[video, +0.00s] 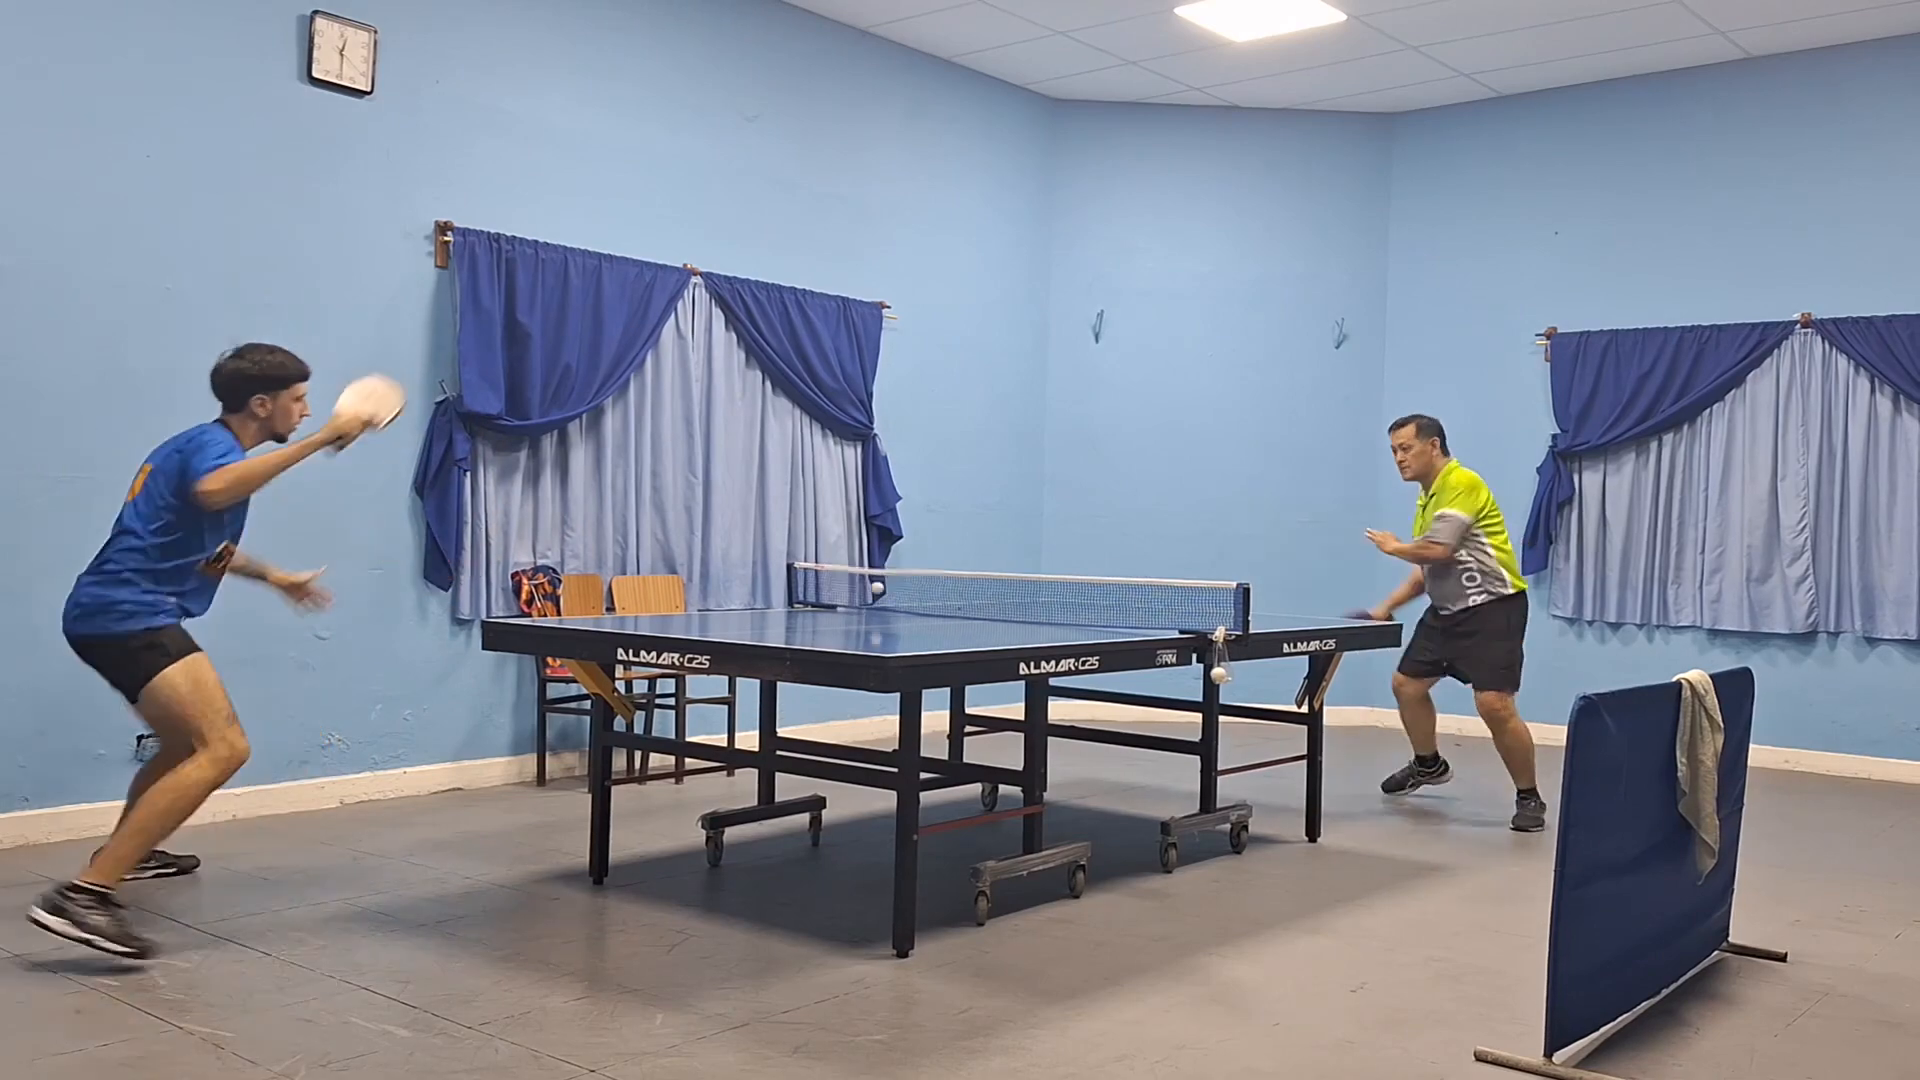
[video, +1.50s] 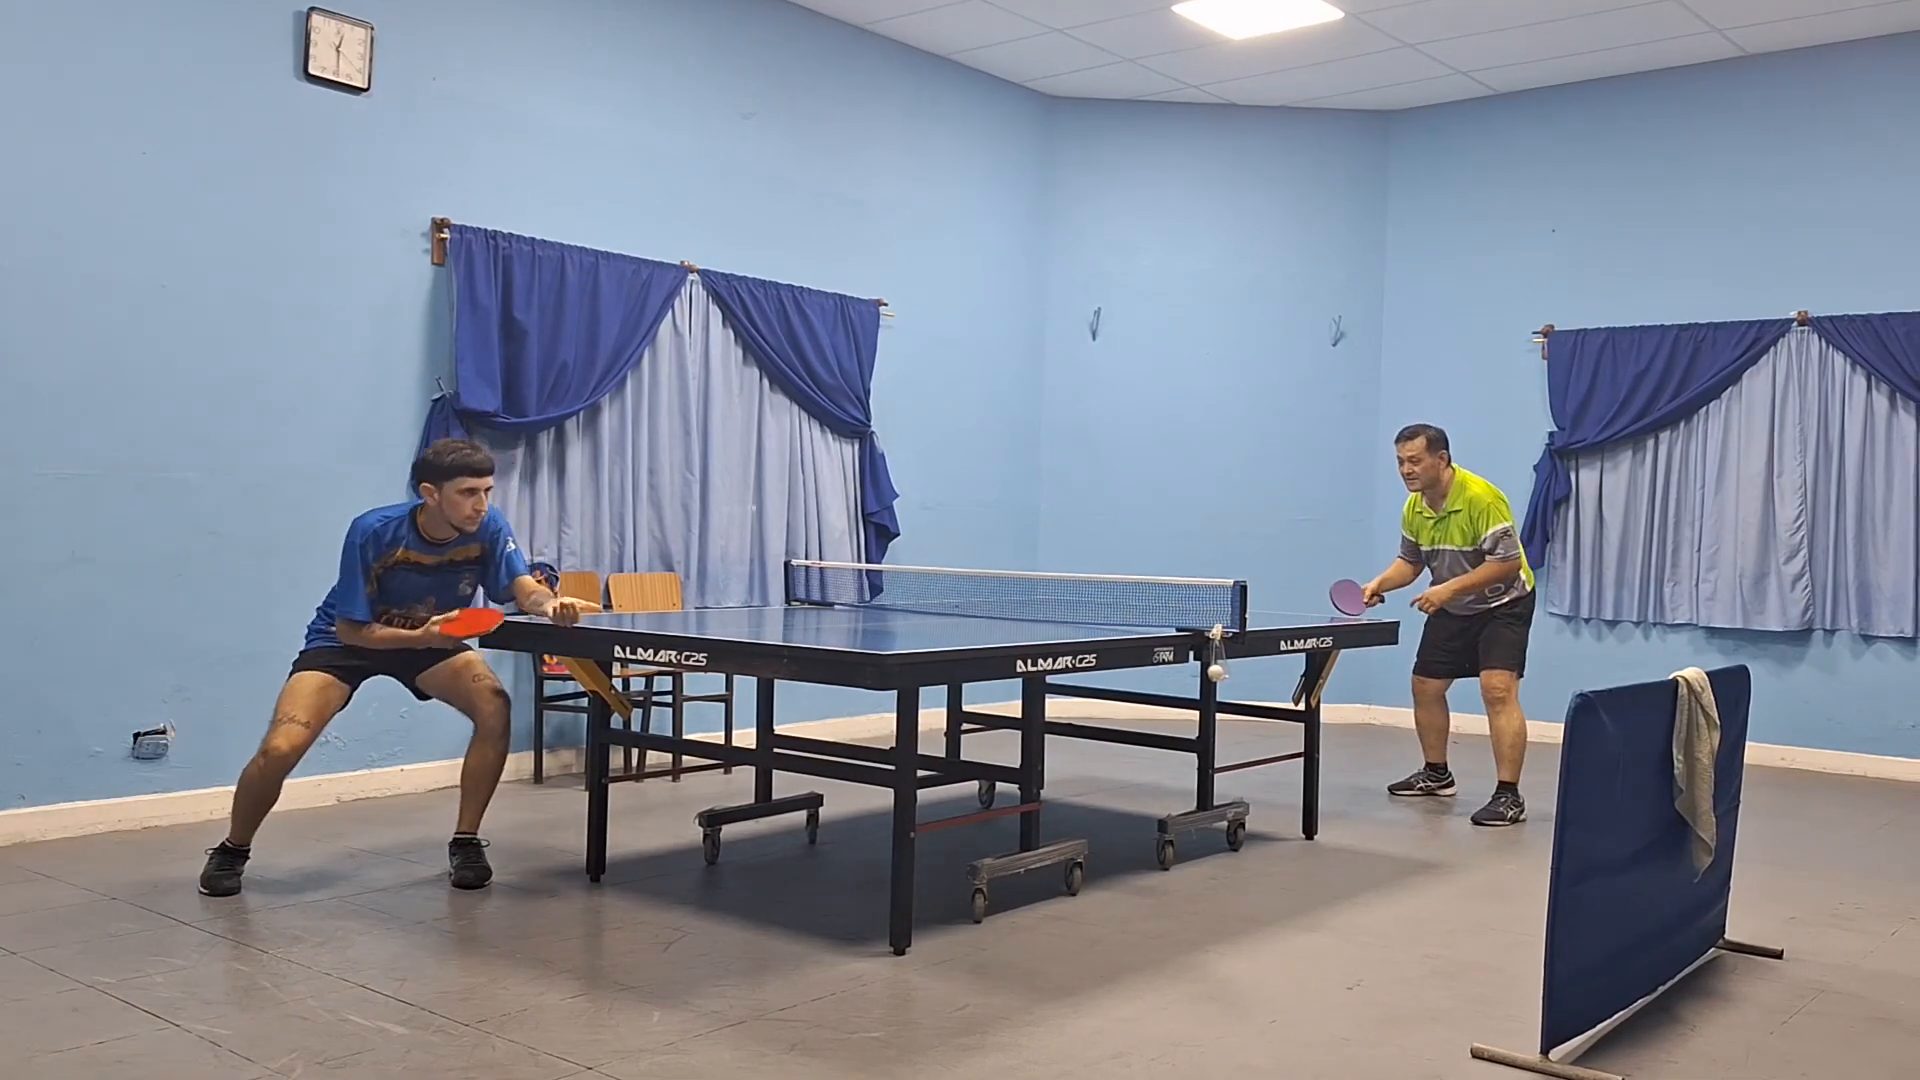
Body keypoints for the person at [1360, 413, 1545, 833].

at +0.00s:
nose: (1399, 458)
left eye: (1405, 449)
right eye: (1395, 452)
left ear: (1433, 446)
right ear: (1395, 457)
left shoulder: (1462, 482)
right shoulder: (1426, 500)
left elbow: (1441, 549)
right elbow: (1426, 571)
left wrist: (1395, 548)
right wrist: (1386, 608)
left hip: (1494, 607)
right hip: (1446, 611)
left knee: (1494, 705)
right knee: (1407, 685)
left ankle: (1528, 797)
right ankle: (1428, 763)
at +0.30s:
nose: (1368, 480)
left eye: (1372, 471)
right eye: (1365, 474)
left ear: (1398, 466)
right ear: (1400, 469)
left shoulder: (1419, 498)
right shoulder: (1420, 497)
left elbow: (1407, 573)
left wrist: (1368, 608)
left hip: (1483, 605)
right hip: (1448, 614)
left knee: (1487, 697)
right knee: (1411, 684)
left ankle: (1528, 797)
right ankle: (1432, 773)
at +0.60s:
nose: (1387, 442)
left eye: (1394, 434)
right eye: (1384, 436)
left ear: (1422, 436)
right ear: (1389, 442)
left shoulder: (1447, 472)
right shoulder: (1409, 490)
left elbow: (1474, 522)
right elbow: (1416, 553)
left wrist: (1432, 565)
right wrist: (1400, 594)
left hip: (1481, 590)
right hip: (1437, 597)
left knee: (1497, 682)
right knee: (1424, 679)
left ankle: (1526, 775)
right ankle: (1432, 771)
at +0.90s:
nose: (1451, 429)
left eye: (1461, 422)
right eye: (1447, 422)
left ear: (1485, 429)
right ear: (1444, 426)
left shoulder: (1503, 473)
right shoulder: (1437, 476)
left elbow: (1473, 526)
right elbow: (1399, 514)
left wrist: (1427, 499)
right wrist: (1356, 539)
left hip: (1499, 598)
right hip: (1448, 597)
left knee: (1507, 688)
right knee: (1441, 683)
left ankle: (1514, 775)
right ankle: (1433, 770)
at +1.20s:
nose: (1408, 471)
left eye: (1417, 462)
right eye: (1402, 463)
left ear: (1443, 461)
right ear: (1399, 465)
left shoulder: (1482, 499)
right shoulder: (1409, 510)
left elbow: (1525, 553)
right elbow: (1395, 563)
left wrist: (1473, 593)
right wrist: (1366, 579)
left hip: (1501, 605)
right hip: (1447, 607)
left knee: (1496, 688)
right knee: (1422, 686)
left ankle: (1508, 795)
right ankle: (1436, 772)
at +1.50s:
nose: (1406, 469)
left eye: (1414, 460)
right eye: (1401, 461)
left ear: (1442, 460)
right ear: (1399, 464)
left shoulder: (1481, 498)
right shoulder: (1414, 507)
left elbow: (1508, 562)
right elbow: (1410, 562)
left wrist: (1447, 589)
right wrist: (1380, 584)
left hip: (1503, 604)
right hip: (1451, 608)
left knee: (1497, 689)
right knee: (1426, 686)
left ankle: (1508, 794)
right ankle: (1436, 772)